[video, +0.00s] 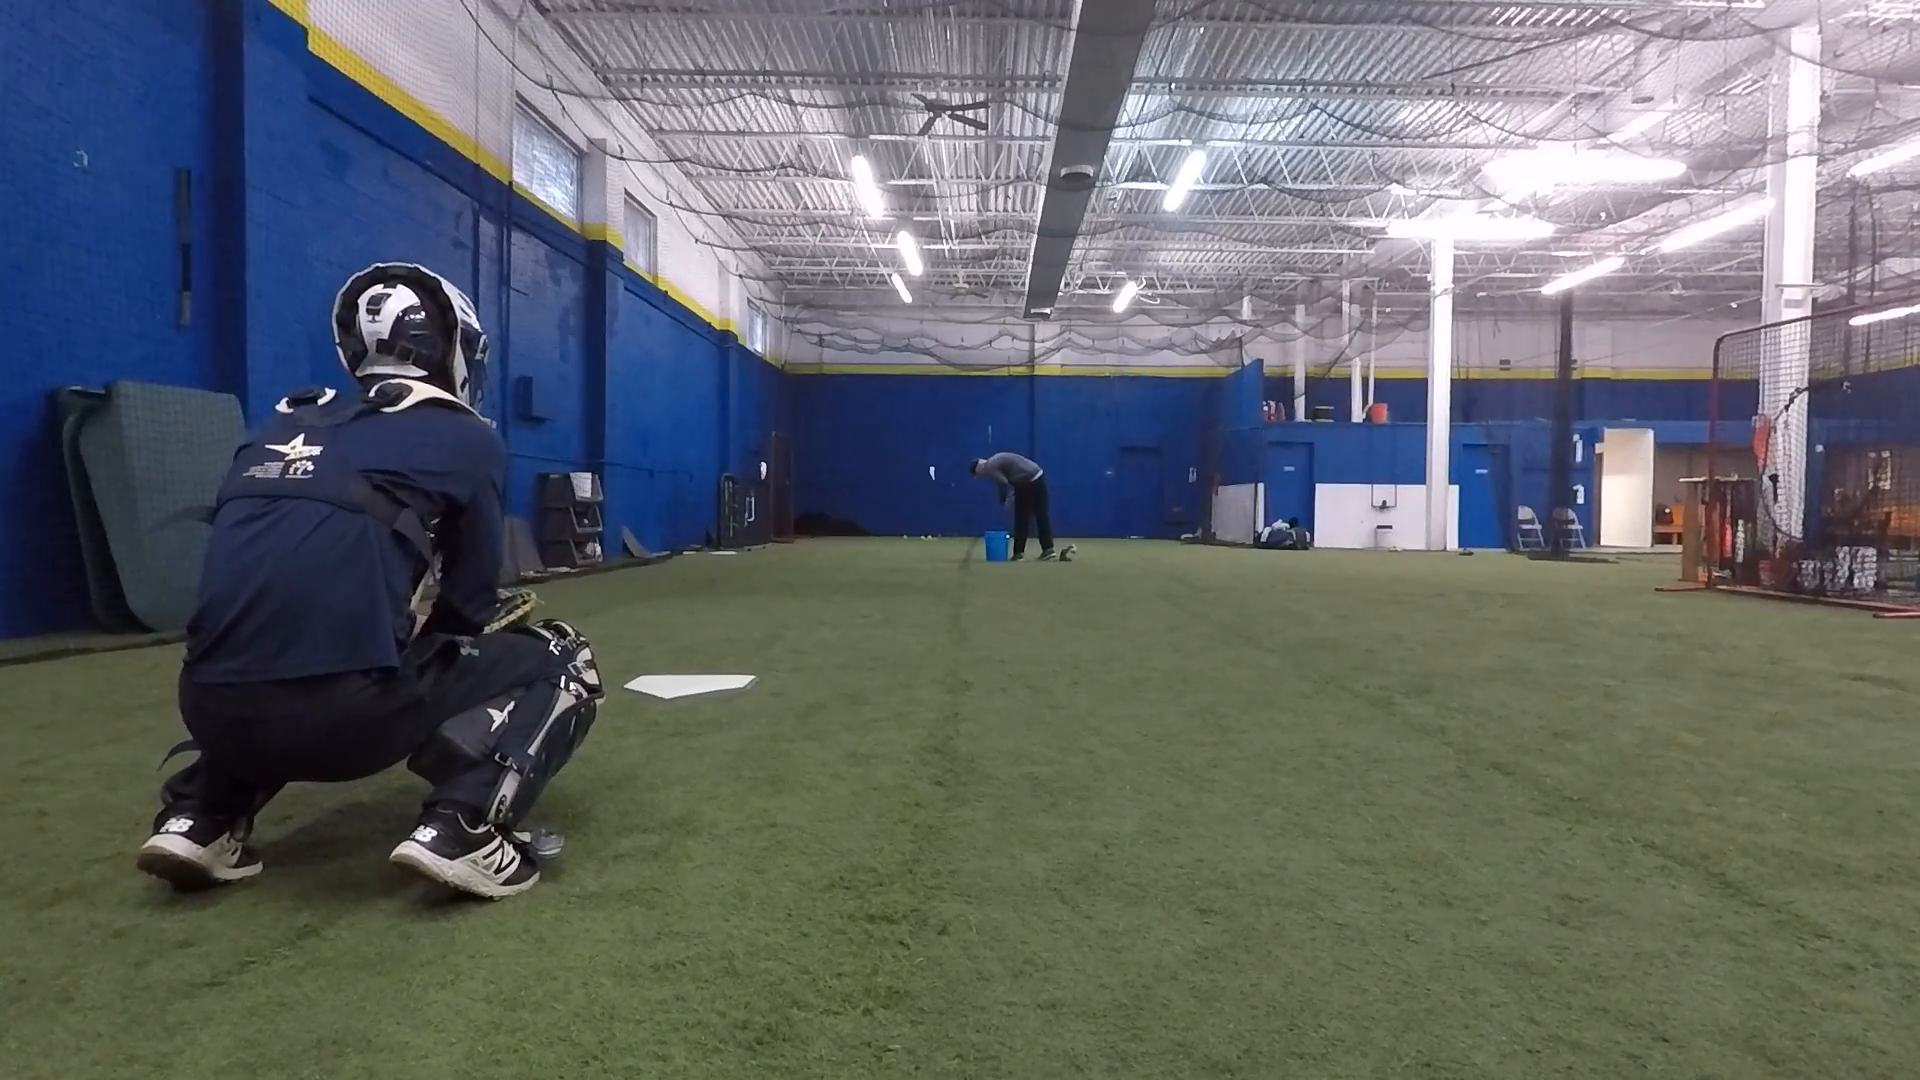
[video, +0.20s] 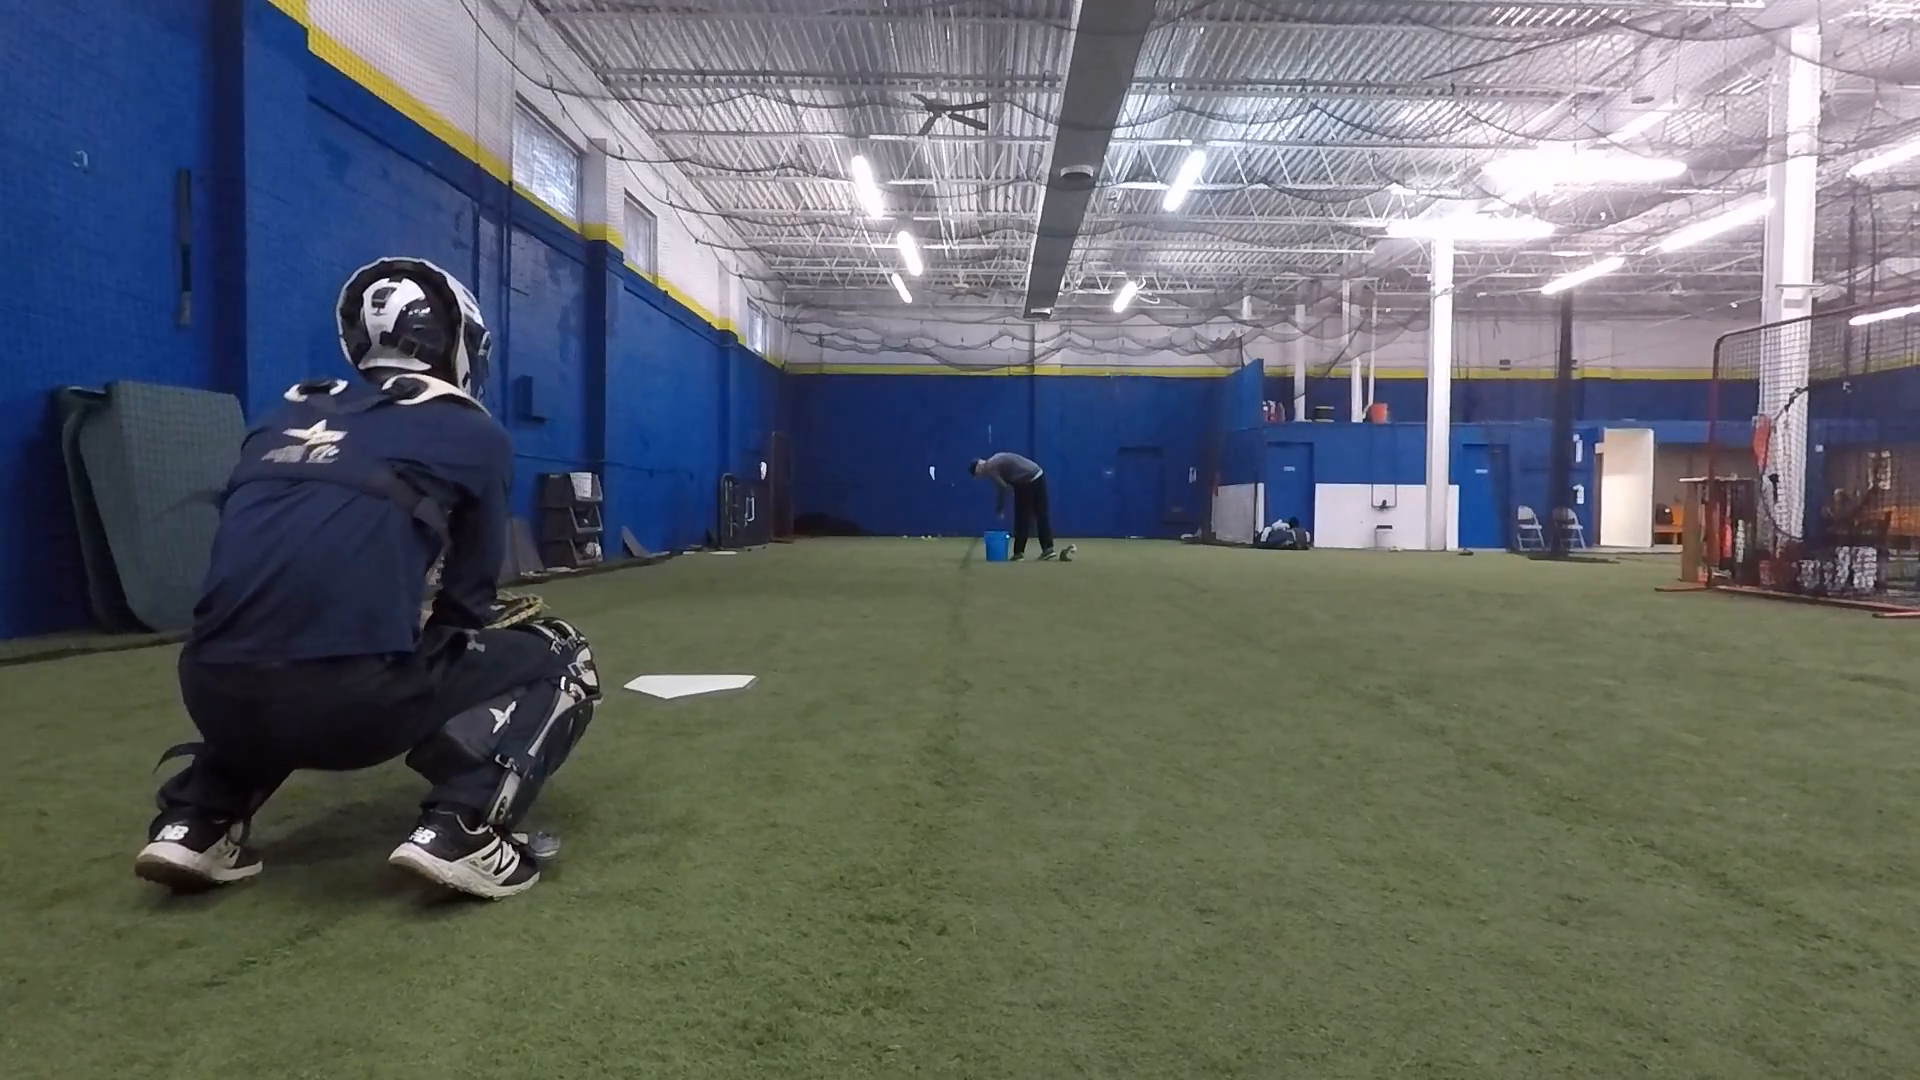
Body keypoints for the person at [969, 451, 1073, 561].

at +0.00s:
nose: (982, 476)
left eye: (979, 474)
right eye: (979, 475)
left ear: (980, 466)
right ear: (982, 463)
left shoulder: (990, 467)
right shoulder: (994, 461)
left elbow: (1004, 483)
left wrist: (1003, 499)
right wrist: (1008, 495)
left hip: (1035, 480)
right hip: (1021, 484)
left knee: (1041, 516)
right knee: (1021, 519)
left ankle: (1048, 549)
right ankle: (1018, 552)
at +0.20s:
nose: (981, 476)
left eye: (978, 474)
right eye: (978, 475)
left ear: (980, 465)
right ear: (981, 463)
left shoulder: (991, 467)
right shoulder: (992, 465)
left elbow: (1004, 487)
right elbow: (1002, 489)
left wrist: (1000, 510)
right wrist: (1000, 510)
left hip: (1035, 479)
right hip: (1021, 484)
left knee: (1041, 516)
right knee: (1021, 519)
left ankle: (1048, 549)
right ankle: (1018, 552)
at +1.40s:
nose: (979, 463)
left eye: (977, 460)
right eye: (977, 462)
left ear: (980, 455)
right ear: (982, 452)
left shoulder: (992, 460)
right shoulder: (995, 452)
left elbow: (1003, 482)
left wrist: (997, 499)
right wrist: (997, 497)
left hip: (1027, 482)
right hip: (1018, 483)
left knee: (1023, 518)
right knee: (1016, 518)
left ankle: (1043, 545)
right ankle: (1017, 551)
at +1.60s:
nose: (981, 448)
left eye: (980, 445)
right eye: (979, 445)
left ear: (983, 441)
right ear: (988, 436)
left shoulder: (995, 449)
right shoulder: (1002, 443)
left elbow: (1006, 468)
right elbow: (1010, 466)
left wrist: (996, 478)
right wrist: (1001, 479)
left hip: (1017, 483)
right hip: (1024, 480)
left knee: (1008, 515)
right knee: (1012, 514)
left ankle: (1017, 549)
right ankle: (1019, 543)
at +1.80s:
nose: (984, 440)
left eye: (984, 436)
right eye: (982, 437)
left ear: (989, 433)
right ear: (988, 434)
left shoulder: (1001, 445)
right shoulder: (999, 446)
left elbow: (1008, 466)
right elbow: (1004, 467)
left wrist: (995, 473)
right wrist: (994, 472)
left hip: (1013, 487)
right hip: (1008, 487)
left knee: (1009, 517)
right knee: (1001, 517)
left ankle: (1016, 549)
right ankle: (998, 549)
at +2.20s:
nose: (996, 431)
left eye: (998, 427)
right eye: (994, 428)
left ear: (1004, 427)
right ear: (992, 431)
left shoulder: (1014, 444)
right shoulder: (992, 447)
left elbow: (1020, 464)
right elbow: (991, 462)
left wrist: (1001, 469)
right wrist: (989, 468)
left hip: (1011, 487)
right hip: (997, 488)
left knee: (1010, 516)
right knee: (996, 517)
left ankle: (1025, 541)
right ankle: (995, 546)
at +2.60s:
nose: (1016, 429)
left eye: (1018, 426)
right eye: (1013, 426)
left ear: (1023, 428)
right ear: (1010, 429)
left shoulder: (1029, 446)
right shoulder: (1003, 446)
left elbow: (1036, 466)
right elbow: (999, 463)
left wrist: (1022, 475)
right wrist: (1002, 472)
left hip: (1022, 488)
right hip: (1006, 487)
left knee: (1022, 519)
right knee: (1002, 517)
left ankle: (1024, 548)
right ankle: (999, 547)